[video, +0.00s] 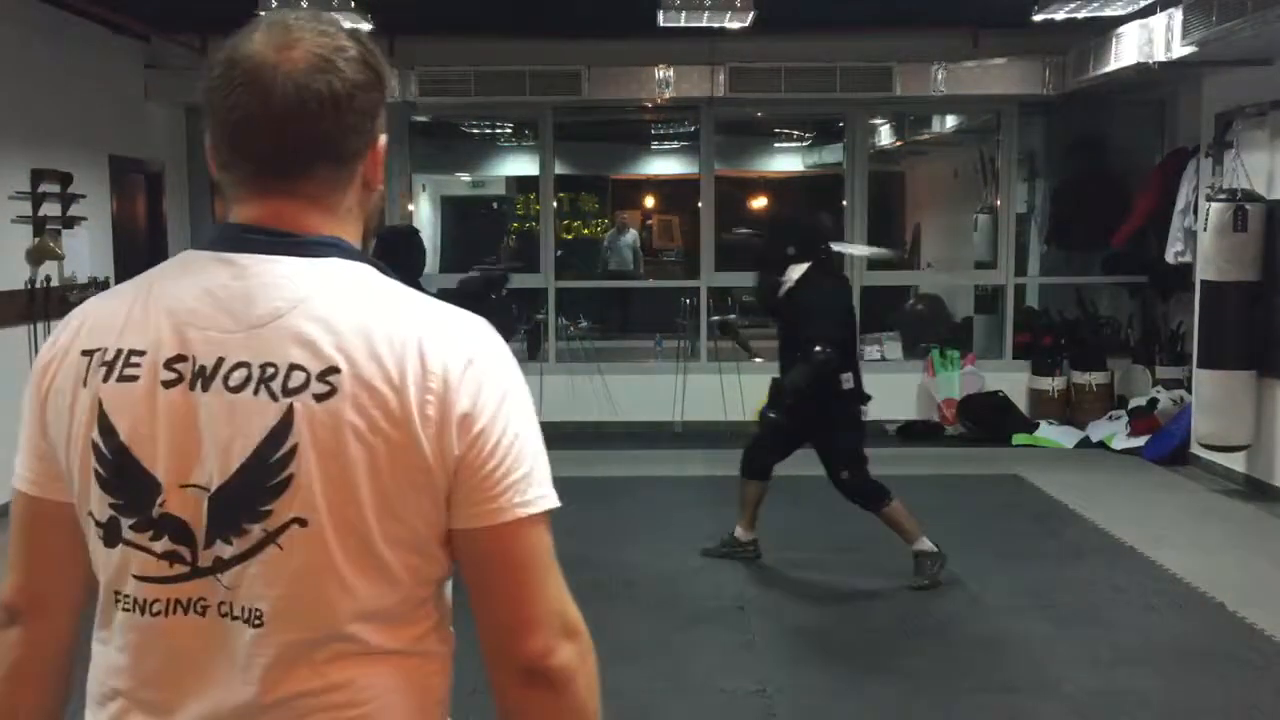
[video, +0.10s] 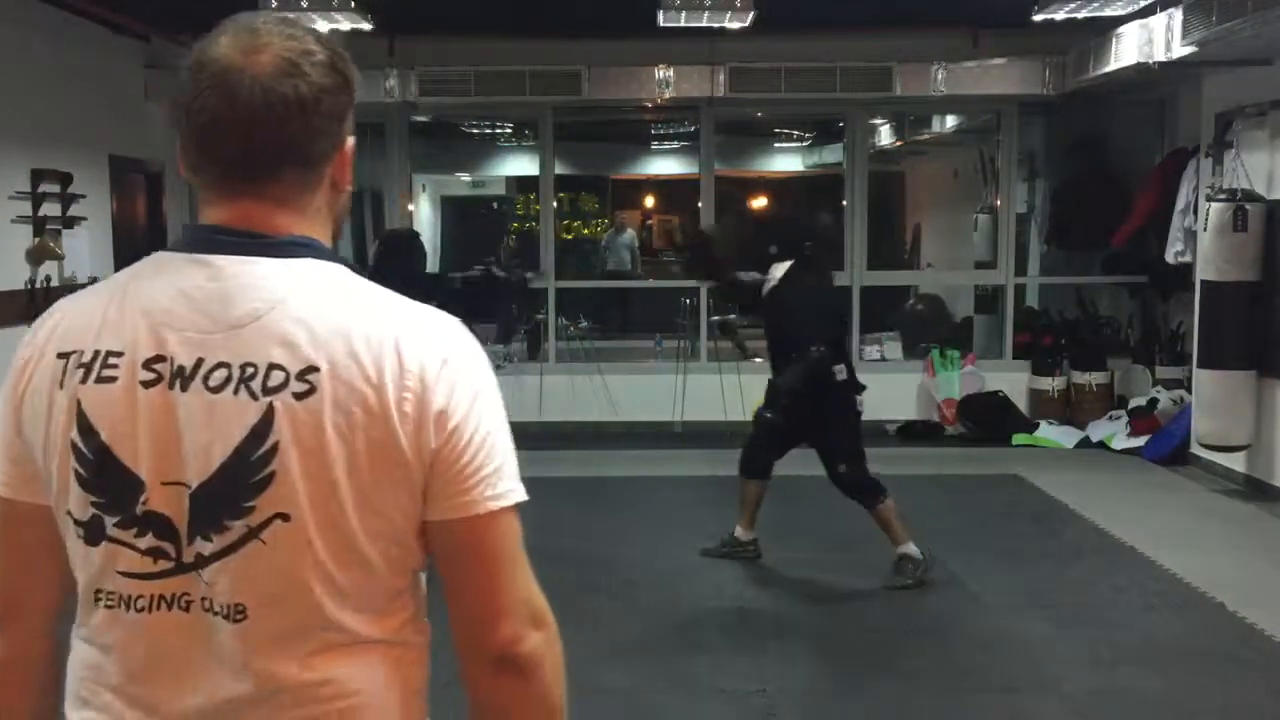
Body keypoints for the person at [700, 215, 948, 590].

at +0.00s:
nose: (769, 259)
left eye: (774, 251)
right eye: (770, 252)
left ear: (791, 250)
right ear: (811, 250)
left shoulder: (823, 287)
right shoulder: (797, 285)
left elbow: (826, 352)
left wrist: (785, 394)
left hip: (831, 402)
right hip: (801, 399)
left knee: (853, 481)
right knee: (756, 458)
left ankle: (926, 550)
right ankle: (743, 536)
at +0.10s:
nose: (760, 256)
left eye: (765, 250)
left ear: (778, 251)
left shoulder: (807, 285)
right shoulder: (776, 284)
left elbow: (822, 350)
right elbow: (739, 290)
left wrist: (786, 387)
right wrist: (712, 266)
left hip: (829, 395)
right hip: (790, 394)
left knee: (851, 475)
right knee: (755, 458)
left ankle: (909, 553)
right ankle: (743, 536)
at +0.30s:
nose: (749, 250)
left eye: (755, 244)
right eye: (748, 244)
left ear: (770, 246)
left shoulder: (805, 279)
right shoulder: (743, 283)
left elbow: (831, 335)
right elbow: (701, 308)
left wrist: (807, 384)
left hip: (828, 389)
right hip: (788, 390)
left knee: (840, 466)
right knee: (753, 455)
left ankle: (898, 544)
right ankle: (744, 536)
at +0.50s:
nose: (749, 252)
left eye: (753, 245)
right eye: (751, 246)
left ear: (766, 245)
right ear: (784, 243)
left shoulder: (808, 280)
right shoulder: (756, 285)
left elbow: (847, 334)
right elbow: (750, 337)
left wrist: (854, 389)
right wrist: (701, 346)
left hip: (816, 392)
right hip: (783, 391)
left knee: (827, 471)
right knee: (744, 456)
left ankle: (893, 539)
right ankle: (742, 536)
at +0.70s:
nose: (777, 268)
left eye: (782, 260)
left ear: (792, 253)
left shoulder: (819, 283)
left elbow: (802, 341)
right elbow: (805, 339)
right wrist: (764, 343)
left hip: (826, 397)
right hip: (806, 395)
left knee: (830, 484)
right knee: (770, 460)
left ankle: (892, 554)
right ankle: (746, 537)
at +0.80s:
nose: (800, 247)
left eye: (804, 239)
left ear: (818, 240)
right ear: (843, 235)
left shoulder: (843, 277)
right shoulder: (834, 274)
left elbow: (825, 342)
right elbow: (825, 336)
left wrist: (779, 337)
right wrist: (782, 335)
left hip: (847, 397)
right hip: (828, 394)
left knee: (843, 484)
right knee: (794, 467)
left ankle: (893, 558)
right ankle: (761, 533)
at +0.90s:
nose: (821, 237)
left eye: (827, 230)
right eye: (823, 229)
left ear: (843, 233)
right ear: (861, 232)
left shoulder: (867, 276)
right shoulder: (849, 272)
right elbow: (837, 331)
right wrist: (796, 326)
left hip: (871, 393)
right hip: (845, 389)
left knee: (854, 480)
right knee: (807, 452)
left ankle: (896, 559)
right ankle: (804, 535)